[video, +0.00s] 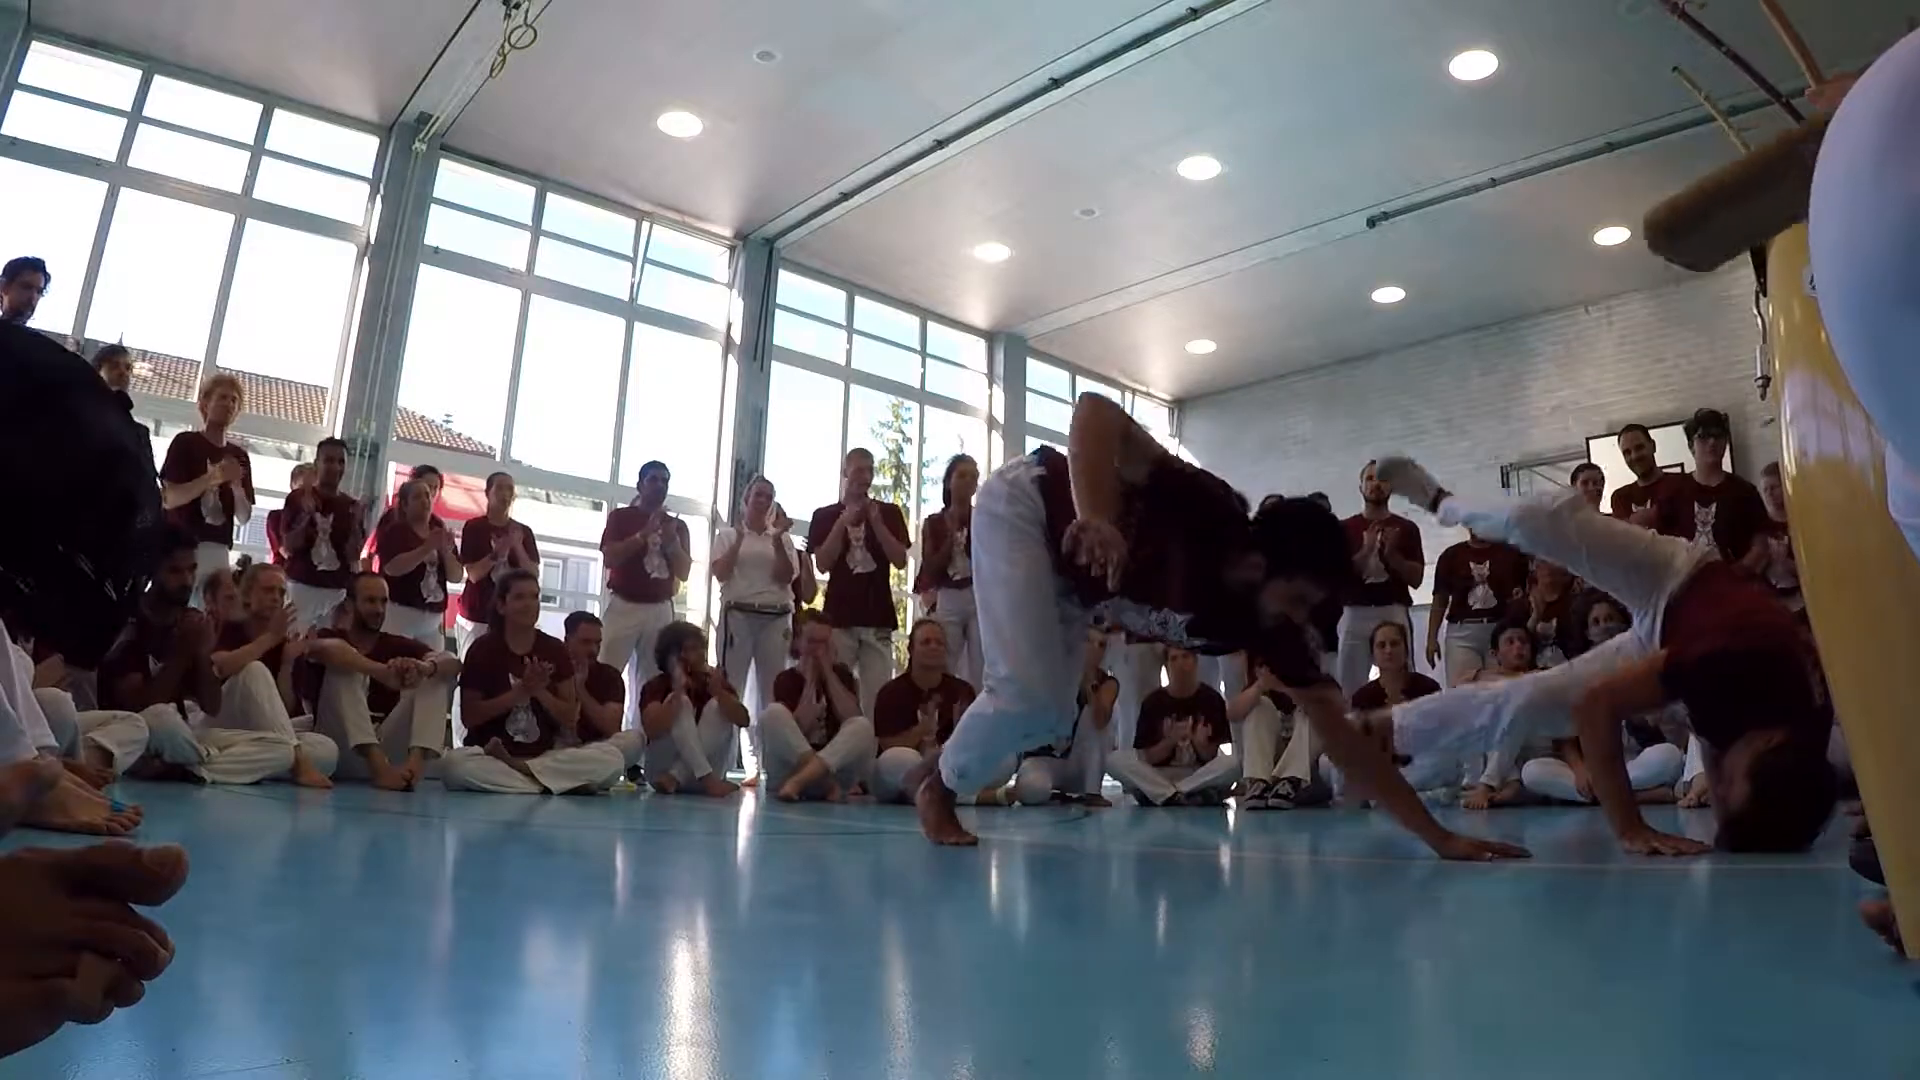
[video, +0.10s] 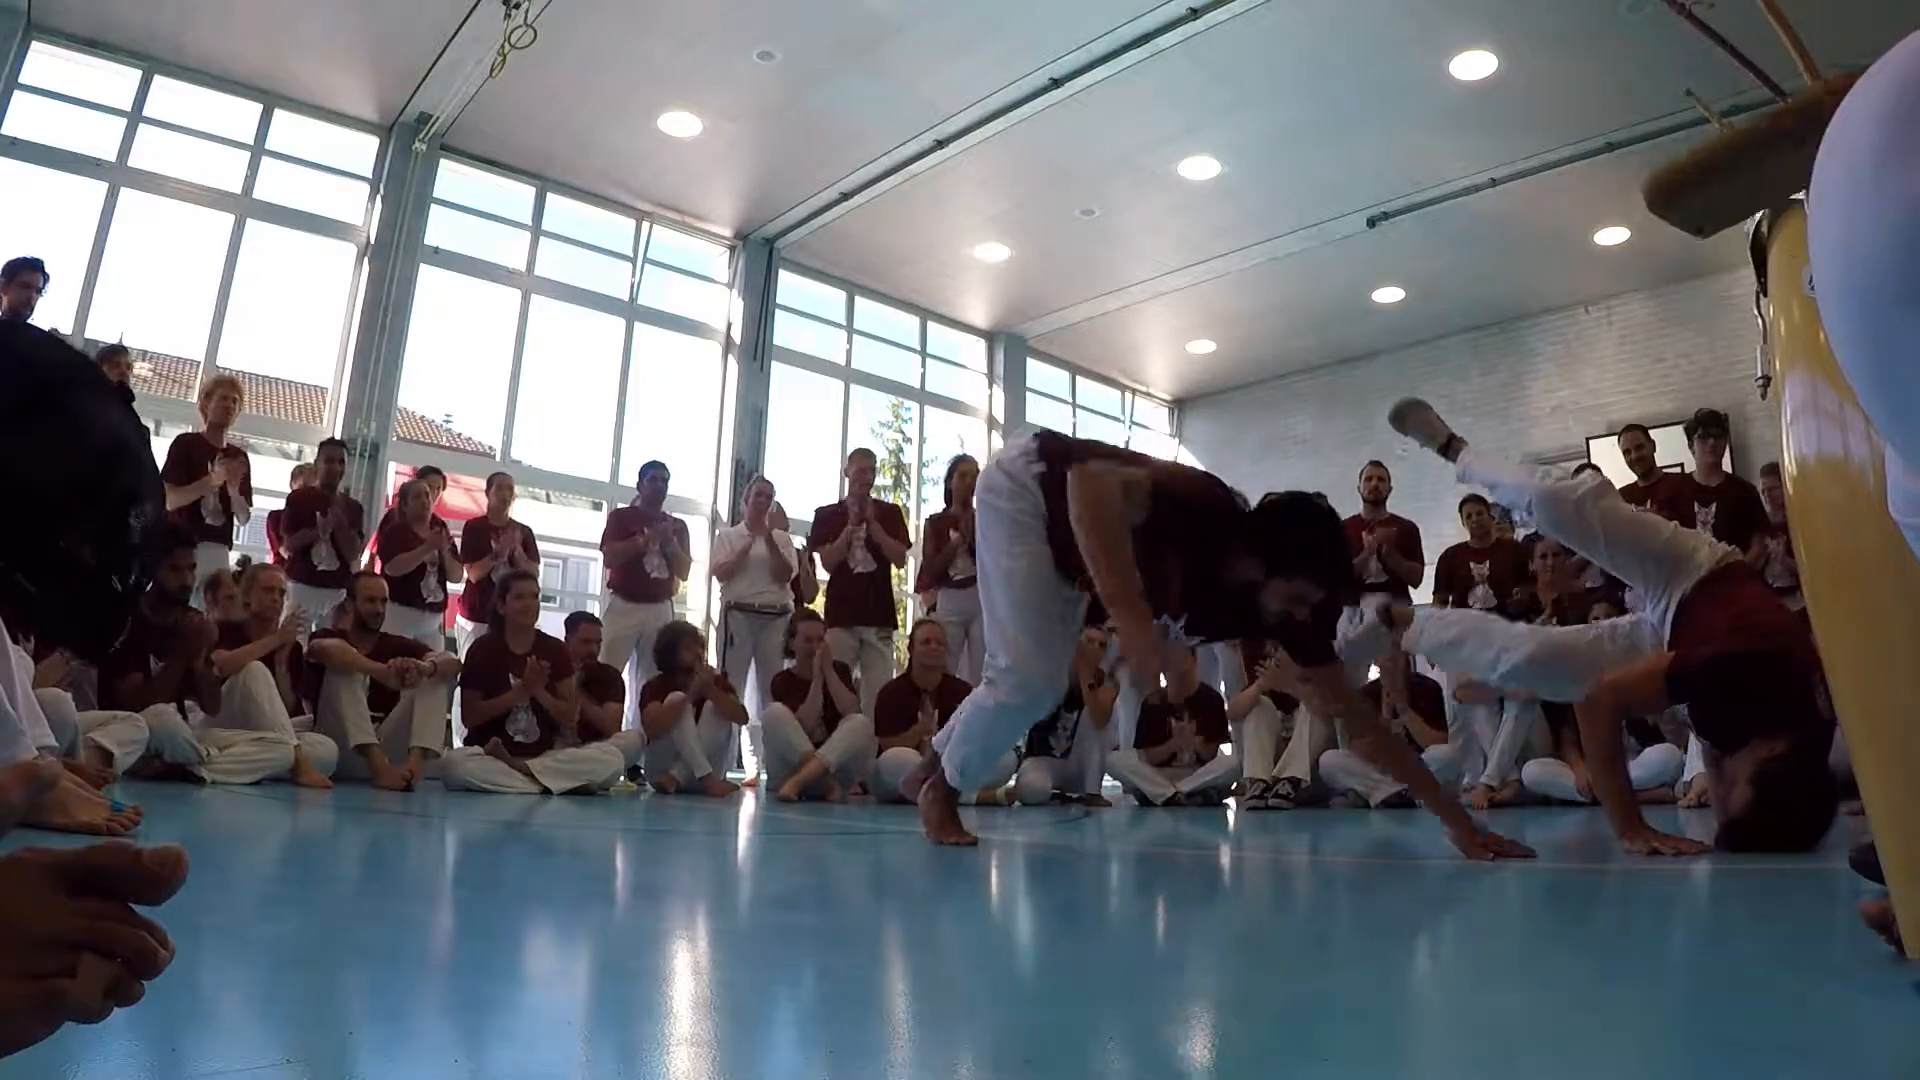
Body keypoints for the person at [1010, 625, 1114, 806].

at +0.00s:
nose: (1093, 649)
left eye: (1099, 644)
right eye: (1088, 642)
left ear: (1104, 651)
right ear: (1077, 644)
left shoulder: (1107, 683)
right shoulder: (1054, 675)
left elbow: (1100, 720)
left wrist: (1089, 679)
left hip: (1079, 763)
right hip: (1041, 761)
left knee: (1094, 712)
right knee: (1034, 793)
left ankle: (1093, 792)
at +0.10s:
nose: (1093, 649)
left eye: (1101, 645)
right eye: (1088, 642)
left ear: (1106, 651)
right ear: (1075, 642)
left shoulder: (1106, 680)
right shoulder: (1055, 674)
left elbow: (1100, 717)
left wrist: (1086, 669)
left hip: (1080, 764)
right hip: (1042, 762)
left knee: (1096, 712)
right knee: (1034, 792)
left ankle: (1093, 791)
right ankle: (1007, 795)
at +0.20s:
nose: (1097, 650)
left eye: (1102, 646)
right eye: (1091, 642)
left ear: (1106, 652)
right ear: (1076, 642)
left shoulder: (1107, 682)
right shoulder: (1054, 672)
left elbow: (1099, 719)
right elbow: (1038, 710)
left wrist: (1085, 673)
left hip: (1080, 763)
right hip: (1042, 761)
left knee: (1095, 712)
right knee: (1033, 792)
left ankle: (1093, 791)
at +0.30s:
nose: (1097, 651)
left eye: (1103, 647)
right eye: (1091, 643)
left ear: (1106, 653)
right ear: (1077, 645)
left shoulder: (1108, 682)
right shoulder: (1056, 672)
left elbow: (1099, 719)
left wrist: (1084, 671)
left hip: (1080, 765)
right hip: (1043, 762)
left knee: (1095, 712)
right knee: (1034, 792)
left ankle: (1093, 792)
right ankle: (1010, 794)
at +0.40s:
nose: (1095, 654)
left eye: (1101, 649)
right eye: (1090, 647)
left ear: (1105, 651)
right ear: (1077, 647)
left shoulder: (1106, 682)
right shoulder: (1047, 673)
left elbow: (1100, 719)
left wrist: (1086, 678)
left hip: (1079, 763)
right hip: (1041, 761)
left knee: (1094, 711)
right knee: (1034, 793)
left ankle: (1093, 791)